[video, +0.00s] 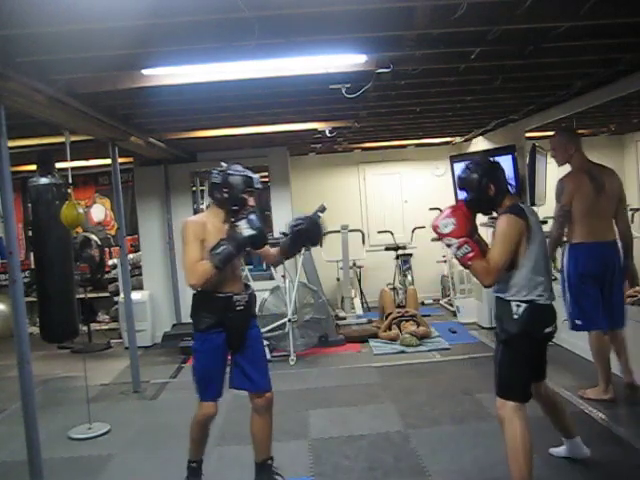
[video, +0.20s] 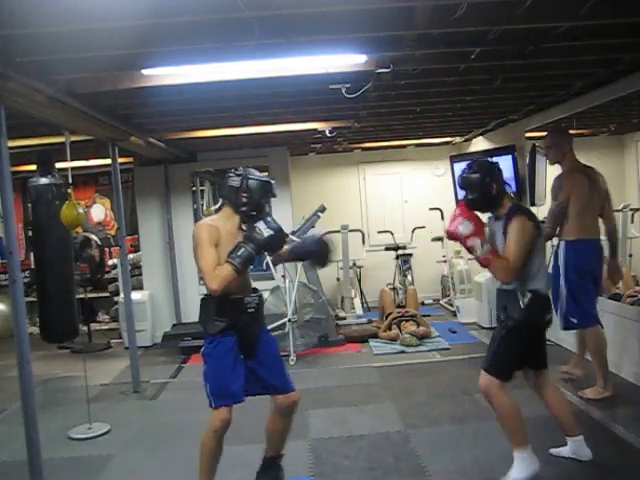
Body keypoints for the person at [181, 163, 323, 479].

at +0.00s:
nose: (249, 201)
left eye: (249, 195)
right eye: (244, 195)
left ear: (229, 194)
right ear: (224, 193)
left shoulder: (240, 224)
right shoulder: (195, 225)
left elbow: (271, 257)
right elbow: (195, 278)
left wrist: (297, 241)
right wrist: (231, 246)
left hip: (244, 318)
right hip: (210, 321)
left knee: (263, 399)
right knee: (208, 409)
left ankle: (264, 471)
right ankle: (194, 471)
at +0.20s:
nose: (263, 206)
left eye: (264, 200)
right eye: (259, 199)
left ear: (241, 197)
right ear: (240, 196)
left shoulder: (248, 225)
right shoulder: (207, 228)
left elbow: (271, 256)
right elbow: (215, 282)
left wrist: (303, 250)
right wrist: (250, 248)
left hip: (252, 323)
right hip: (221, 329)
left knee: (287, 400)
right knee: (221, 418)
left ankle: (270, 471)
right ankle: (205, 477)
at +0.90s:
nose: (313, 197)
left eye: (313, 191)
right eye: (312, 190)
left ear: (282, 187)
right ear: (302, 189)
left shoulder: (272, 222)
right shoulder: (274, 221)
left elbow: (285, 275)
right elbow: (295, 279)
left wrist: (308, 247)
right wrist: (321, 251)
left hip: (286, 325)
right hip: (274, 328)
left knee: (320, 396)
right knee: (267, 423)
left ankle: (320, 471)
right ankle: (240, 476)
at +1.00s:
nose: (323, 198)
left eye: (323, 192)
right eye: (322, 190)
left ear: (291, 187)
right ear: (314, 189)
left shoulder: (278, 221)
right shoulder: (292, 222)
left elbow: (302, 275)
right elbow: (319, 279)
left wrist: (326, 246)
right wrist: (336, 248)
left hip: (288, 322)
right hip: (288, 325)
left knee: (319, 402)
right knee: (292, 419)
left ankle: (325, 473)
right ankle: (251, 475)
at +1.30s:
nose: (356, 193)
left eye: (354, 187)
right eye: (354, 186)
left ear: (323, 182)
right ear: (346, 185)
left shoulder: (304, 217)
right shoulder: (338, 219)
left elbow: (293, 266)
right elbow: (369, 272)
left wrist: (327, 248)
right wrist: (376, 235)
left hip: (309, 313)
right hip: (333, 317)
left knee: (334, 398)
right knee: (370, 401)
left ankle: (327, 471)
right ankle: (362, 475)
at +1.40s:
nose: (364, 196)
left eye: (363, 191)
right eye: (363, 190)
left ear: (332, 186)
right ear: (355, 188)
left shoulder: (312, 220)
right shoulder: (353, 221)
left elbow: (297, 268)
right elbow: (385, 269)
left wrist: (327, 252)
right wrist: (387, 236)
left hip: (319, 313)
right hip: (346, 314)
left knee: (350, 389)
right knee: (374, 401)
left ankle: (334, 463)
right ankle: (361, 475)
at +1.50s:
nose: (369, 190)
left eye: (368, 184)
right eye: (367, 184)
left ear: (335, 183)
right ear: (359, 183)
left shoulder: (316, 217)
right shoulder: (364, 216)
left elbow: (299, 264)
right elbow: (394, 267)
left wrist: (321, 241)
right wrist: (399, 242)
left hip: (329, 309)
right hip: (357, 310)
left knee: (356, 387)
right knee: (370, 400)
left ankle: (349, 458)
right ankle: (360, 474)